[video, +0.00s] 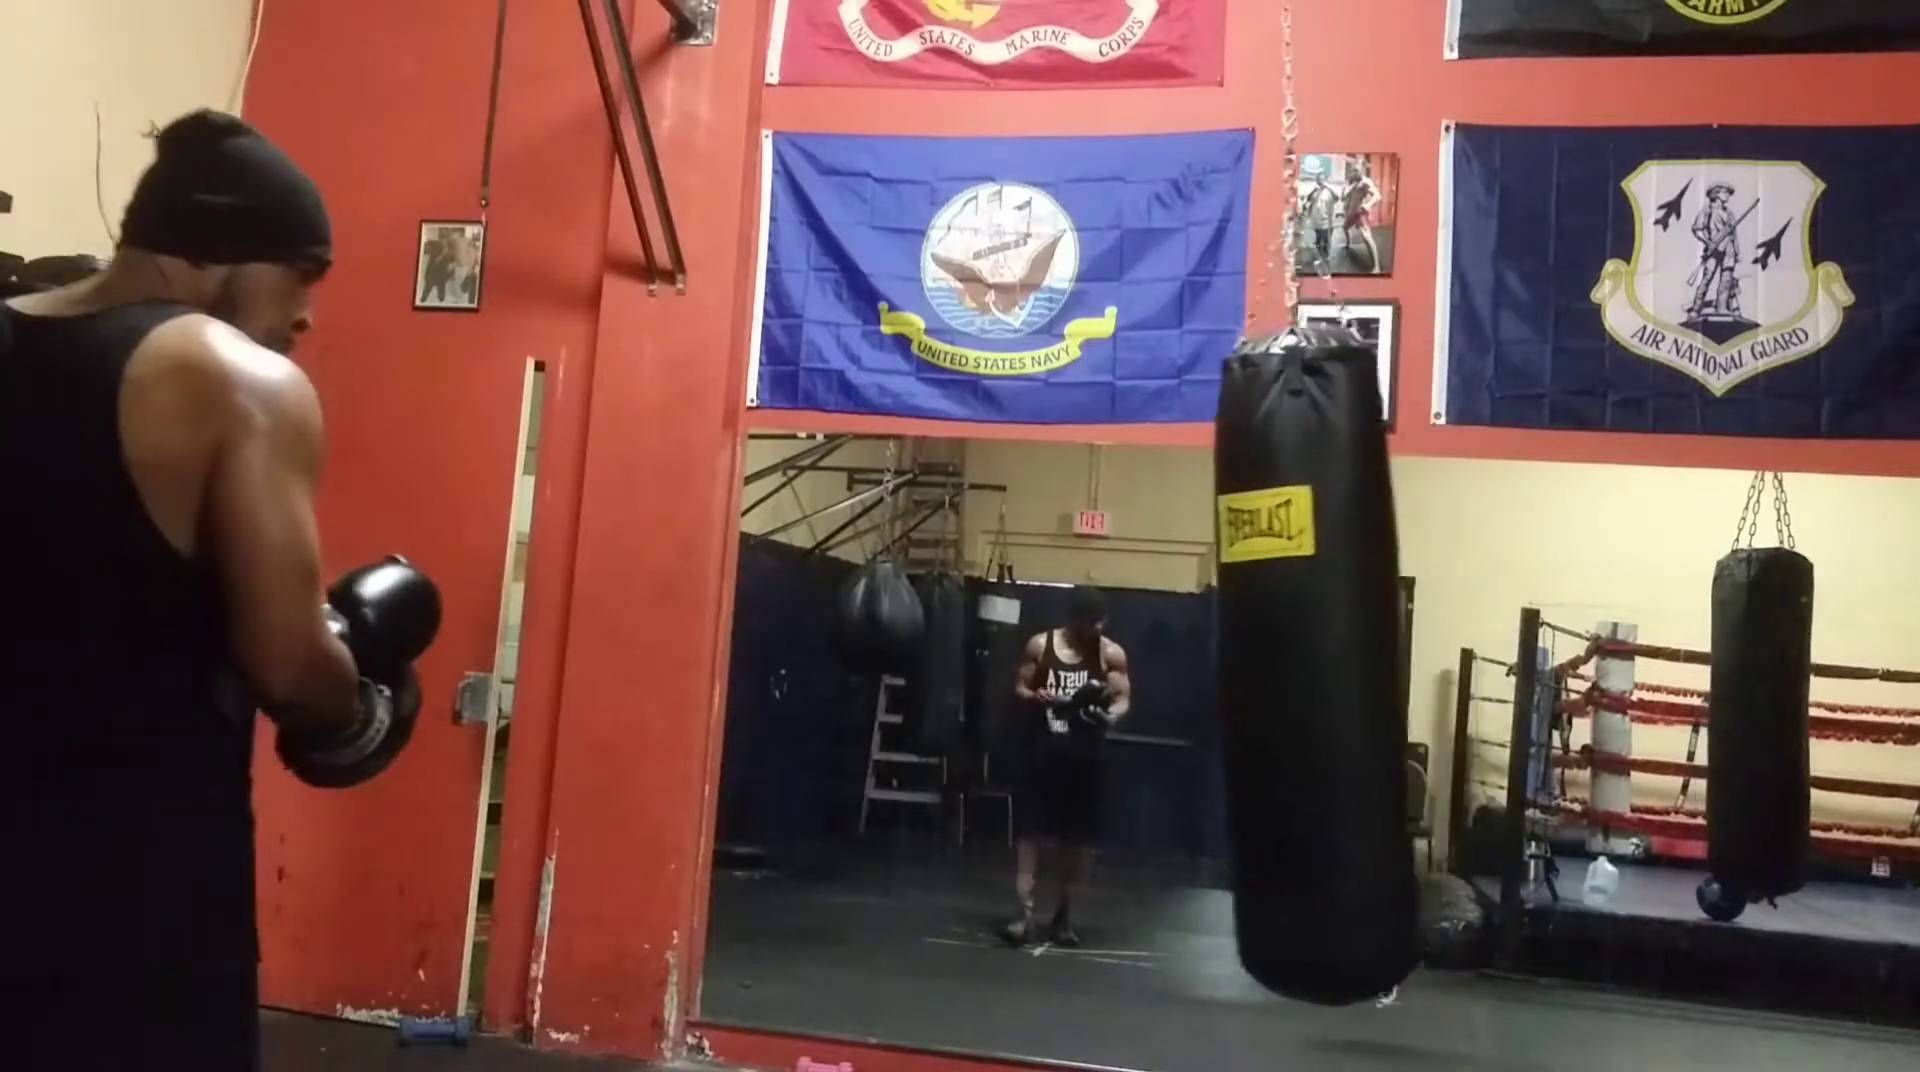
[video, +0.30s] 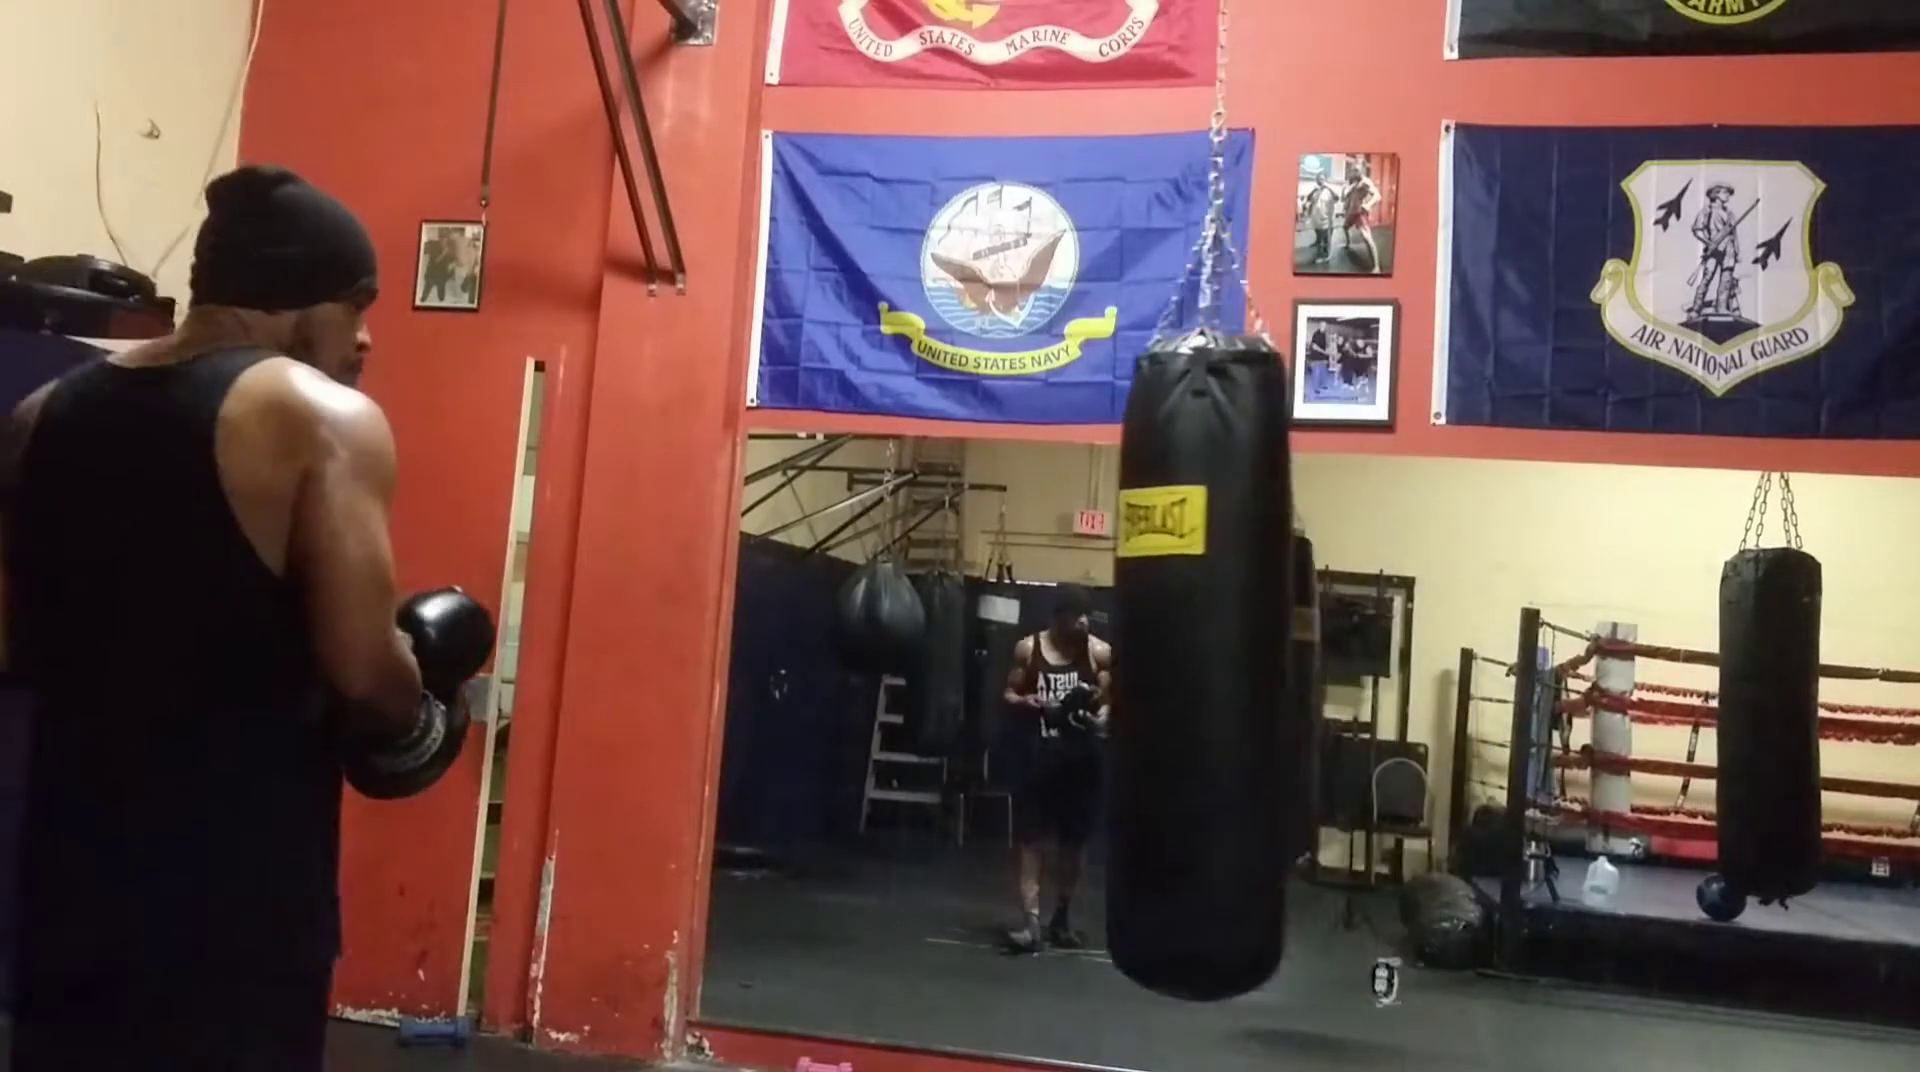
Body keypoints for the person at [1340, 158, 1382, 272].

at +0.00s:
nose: (1352, 173)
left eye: (1355, 170)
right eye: (1351, 171)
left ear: (1360, 171)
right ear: (1349, 172)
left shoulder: (1365, 182)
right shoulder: (1350, 185)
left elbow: (1376, 195)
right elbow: (1343, 198)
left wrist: (1367, 206)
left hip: (1360, 213)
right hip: (1350, 214)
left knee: (1366, 237)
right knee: (1346, 228)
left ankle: (1375, 266)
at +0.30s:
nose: (1352, 173)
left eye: (1355, 170)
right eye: (1351, 171)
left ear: (1359, 171)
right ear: (1349, 172)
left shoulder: (1365, 182)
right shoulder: (1351, 184)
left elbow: (1376, 196)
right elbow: (1345, 198)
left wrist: (1367, 206)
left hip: (1360, 212)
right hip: (1351, 212)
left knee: (1366, 237)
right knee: (1345, 227)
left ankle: (1376, 266)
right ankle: (1348, 243)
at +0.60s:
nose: (1352, 173)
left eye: (1355, 170)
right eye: (1351, 171)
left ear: (1359, 171)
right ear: (1350, 172)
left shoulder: (1365, 182)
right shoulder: (1350, 184)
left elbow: (1376, 196)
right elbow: (1344, 198)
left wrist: (1367, 206)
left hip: (1360, 212)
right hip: (1351, 212)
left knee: (1366, 237)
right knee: (1345, 227)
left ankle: (1376, 266)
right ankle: (1348, 243)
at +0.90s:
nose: (1352, 174)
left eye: (1355, 171)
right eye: (1351, 171)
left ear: (1359, 172)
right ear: (1350, 173)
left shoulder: (1365, 182)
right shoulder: (1350, 184)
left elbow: (1376, 196)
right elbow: (1344, 198)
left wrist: (1367, 206)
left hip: (1361, 212)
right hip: (1351, 212)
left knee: (1366, 236)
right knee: (1345, 227)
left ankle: (1376, 266)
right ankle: (1348, 243)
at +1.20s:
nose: (1351, 174)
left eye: (1354, 171)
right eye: (1350, 172)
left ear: (1358, 172)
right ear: (1350, 173)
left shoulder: (1365, 182)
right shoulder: (1351, 184)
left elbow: (1376, 195)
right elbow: (1345, 199)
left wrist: (1367, 206)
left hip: (1361, 212)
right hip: (1351, 212)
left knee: (1366, 237)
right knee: (1345, 227)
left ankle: (1376, 266)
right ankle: (1348, 243)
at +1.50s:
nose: (1352, 174)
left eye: (1355, 171)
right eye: (1351, 171)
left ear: (1359, 172)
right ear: (1349, 173)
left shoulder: (1365, 182)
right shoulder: (1349, 184)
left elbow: (1376, 196)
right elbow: (1343, 198)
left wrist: (1366, 206)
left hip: (1360, 212)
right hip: (1350, 213)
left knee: (1367, 237)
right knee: (1345, 227)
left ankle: (1376, 266)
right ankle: (1348, 243)